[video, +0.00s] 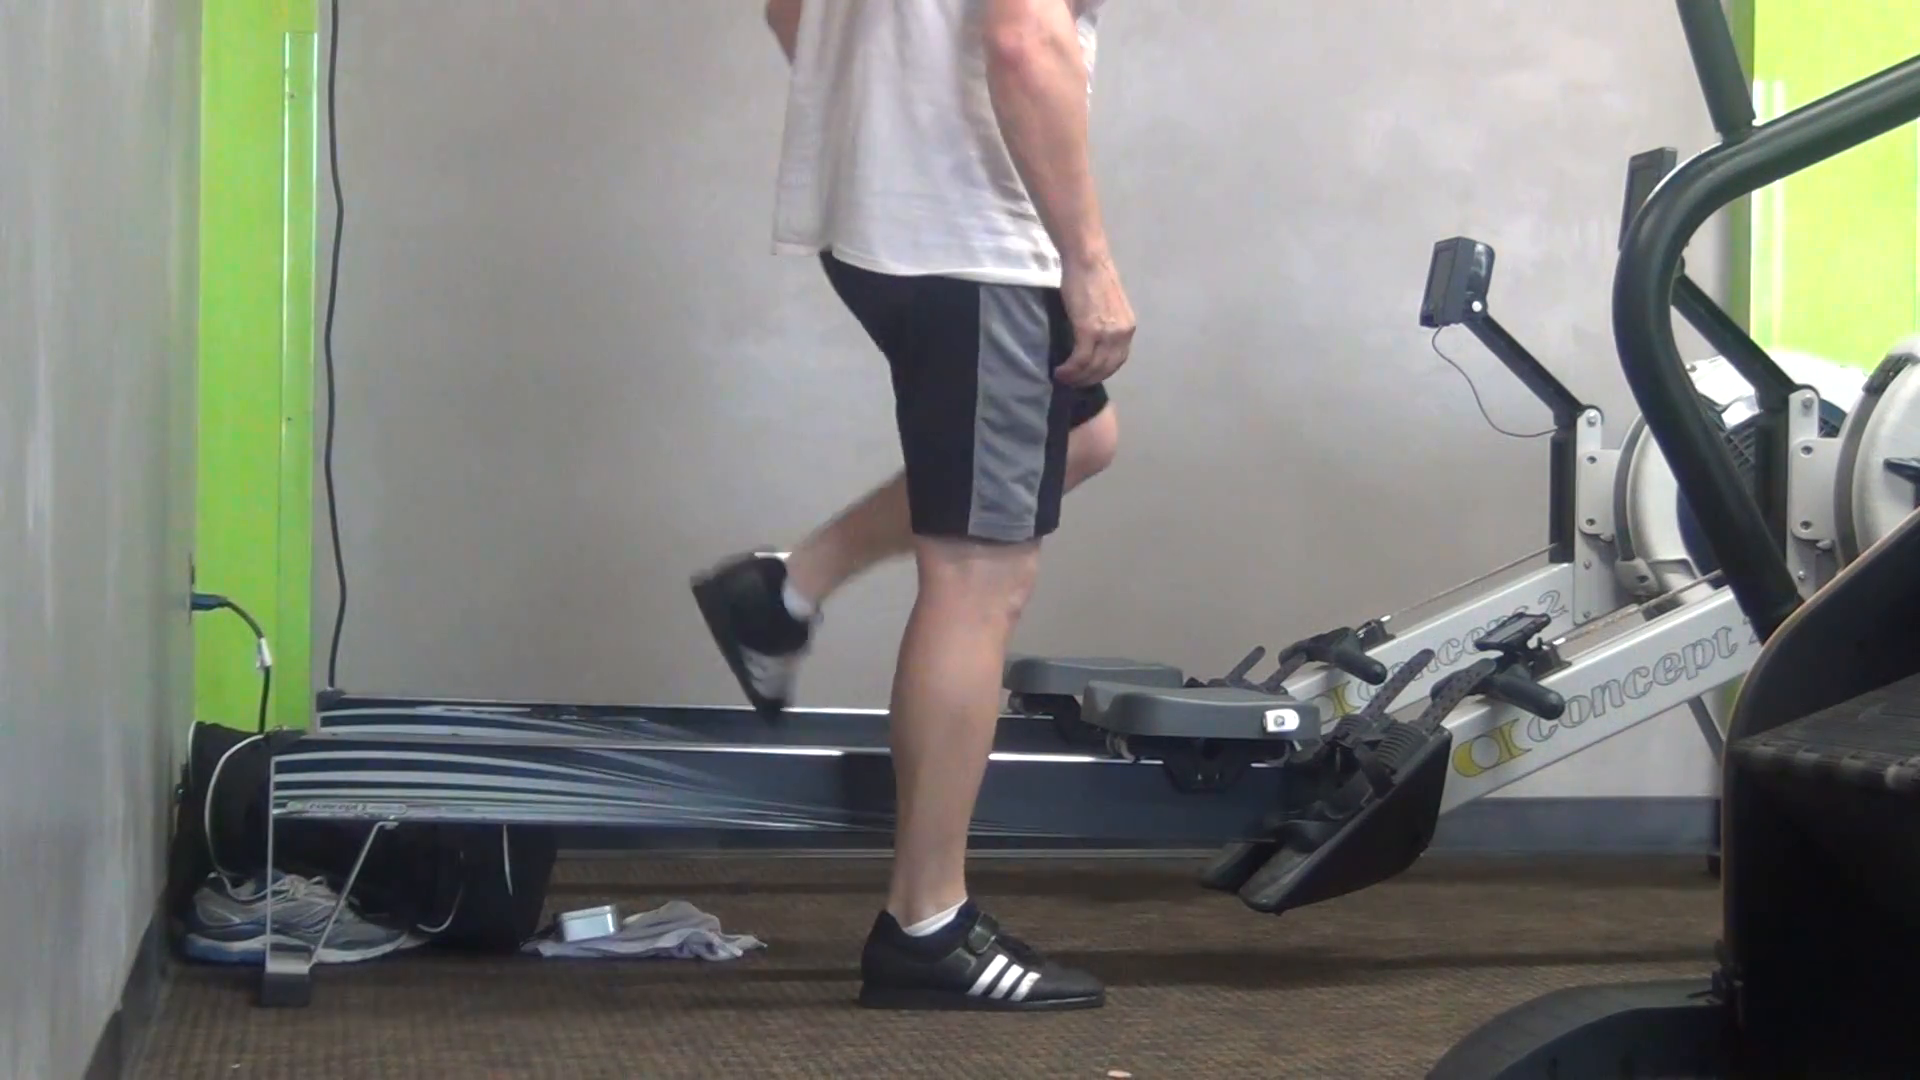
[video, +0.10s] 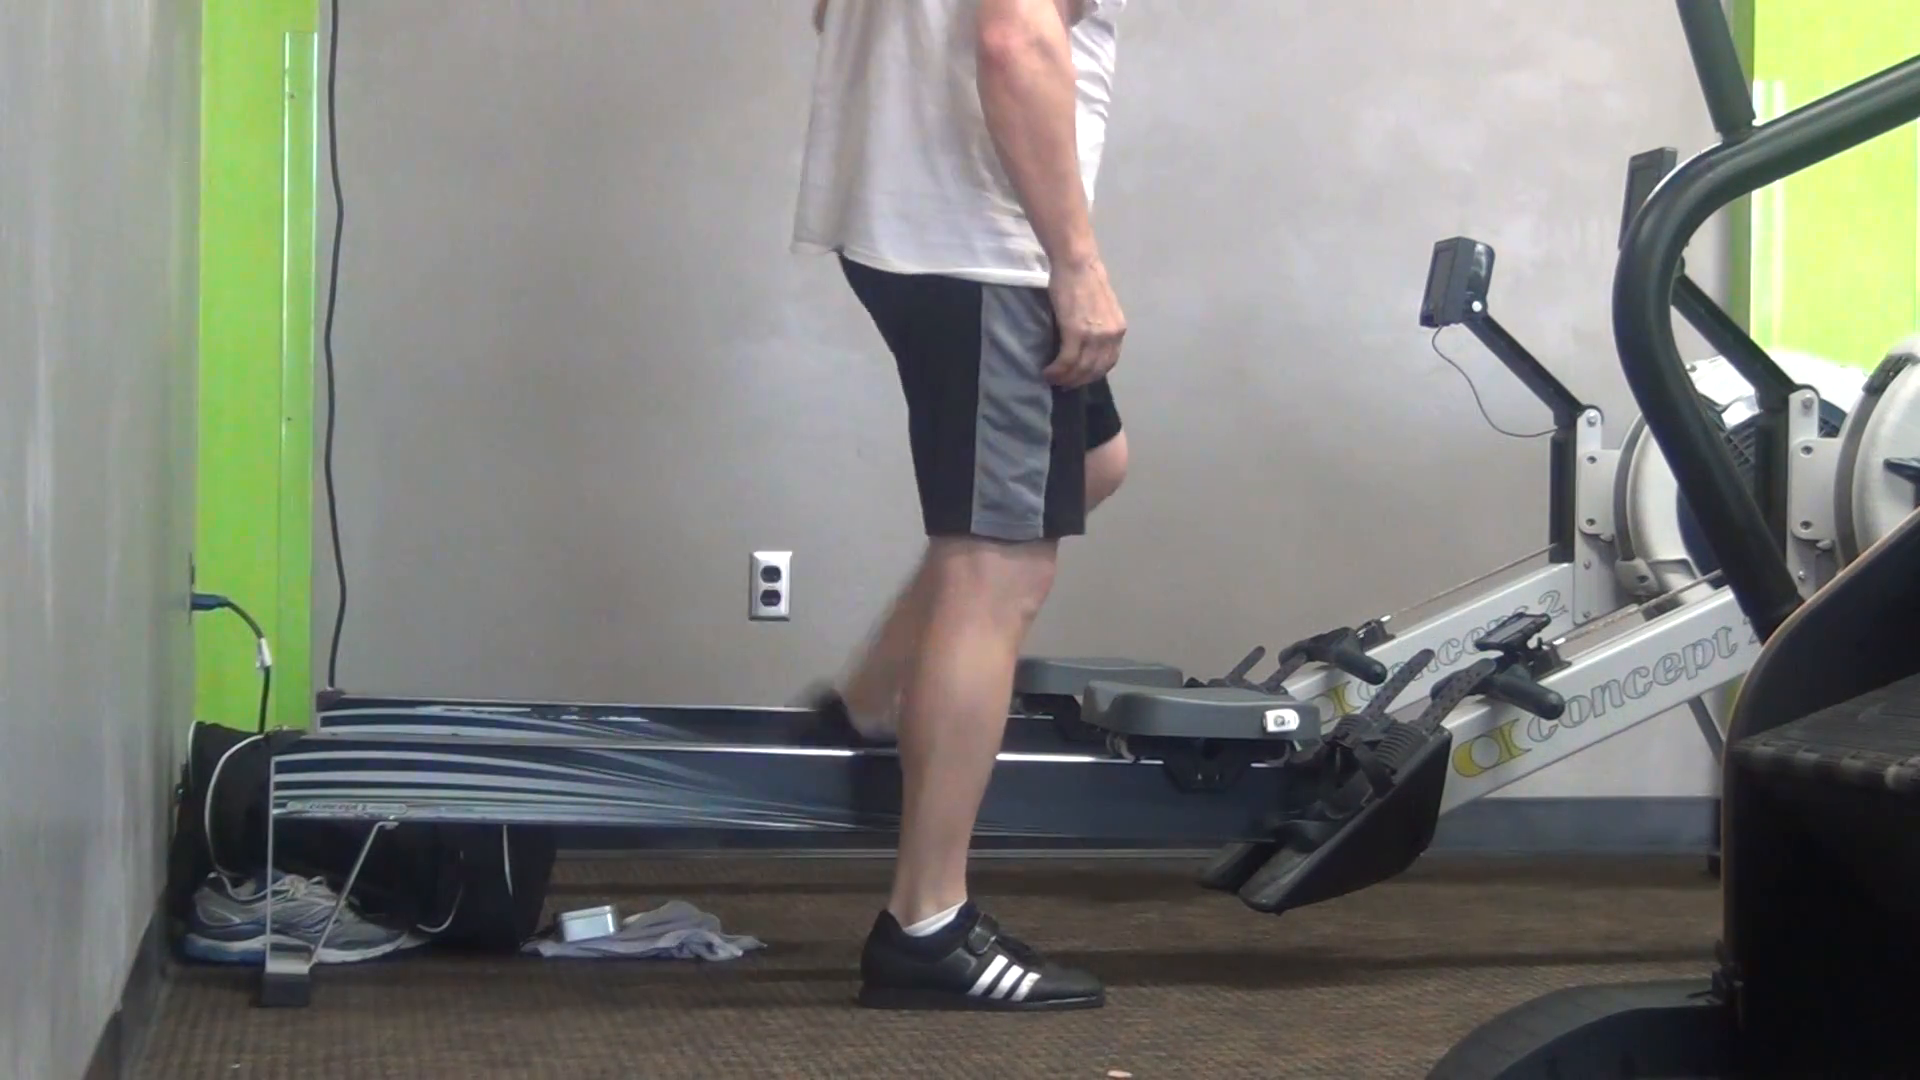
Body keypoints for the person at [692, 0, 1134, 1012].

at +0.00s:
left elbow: (788, 7)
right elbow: (1024, 43)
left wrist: (887, 108)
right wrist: (1091, 259)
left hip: (871, 206)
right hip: (963, 225)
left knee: (1079, 434)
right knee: (978, 581)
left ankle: (782, 590)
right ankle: (925, 926)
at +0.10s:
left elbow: (844, 24)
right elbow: (1017, 40)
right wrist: (1078, 259)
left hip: (900, 192)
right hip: (972, 214)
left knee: (1089, 457)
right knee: (1001, 563)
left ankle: (865, 705)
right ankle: (928, 923)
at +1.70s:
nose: (1197, 257)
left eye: (1212, 237)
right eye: (1201, 224)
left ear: (1144, 179)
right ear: (1144, 174)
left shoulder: (1087, 301)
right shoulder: (1024, 240)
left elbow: (1150, 502)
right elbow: (887, 376)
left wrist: (1266, 659)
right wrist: (1001, 531)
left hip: (968, 593)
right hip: (910, 597)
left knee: (1220, 677)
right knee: (1263, 600)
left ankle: (1099, 880)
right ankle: (1140, 925)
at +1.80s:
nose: (1173, 246)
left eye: (1185, 222)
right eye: (1175, 212)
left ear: (1114, 177)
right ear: (1116, 171)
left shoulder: (1066, 314)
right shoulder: (989, 239)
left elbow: (1132, 501)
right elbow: (855, 376)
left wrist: (1267, 652)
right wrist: (974, 529)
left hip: (954, 596)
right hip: (884, 597)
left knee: (1205, 692)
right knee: (1244, 584)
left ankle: (1109, 892)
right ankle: (1139, 925)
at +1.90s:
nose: (1158, 235)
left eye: (1168, 212)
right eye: (1156, 199)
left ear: (1098, 172)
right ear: (1095, 163)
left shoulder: (1060, 333)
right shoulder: (962, 236)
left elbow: (1137, 506)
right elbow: (827, 369)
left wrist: (1272, 662)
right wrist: (947, 528)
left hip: (943, 599)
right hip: (860, 597)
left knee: (1199, 644)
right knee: (1224, 573)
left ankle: (1134, 933)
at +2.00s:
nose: (1149, 233)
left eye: (1157, 209)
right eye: (1147, 197)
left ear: (1086, 171)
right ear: (1084, 164)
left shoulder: (1058, 342)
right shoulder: (945, 236)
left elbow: (1138, 519)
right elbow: (805, 363)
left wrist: (1276, 674)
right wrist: (924, 526)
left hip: (934, 600)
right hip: (839, 596)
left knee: (1181, 645)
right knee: (1204, 571)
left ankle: (1133, 935)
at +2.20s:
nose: (1133, 234)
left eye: (1141, 211)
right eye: (1130, 199)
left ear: (1067, 172)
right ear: (1067, 166)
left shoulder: (1041, 343)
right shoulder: (922, 234)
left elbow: (1126, 520)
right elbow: (777, 359)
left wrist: (1263, 674)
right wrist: (901, 525)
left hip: (914, 603)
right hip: (817, 596)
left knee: (1164, 628)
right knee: (1181, 567)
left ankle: (1136, 929)